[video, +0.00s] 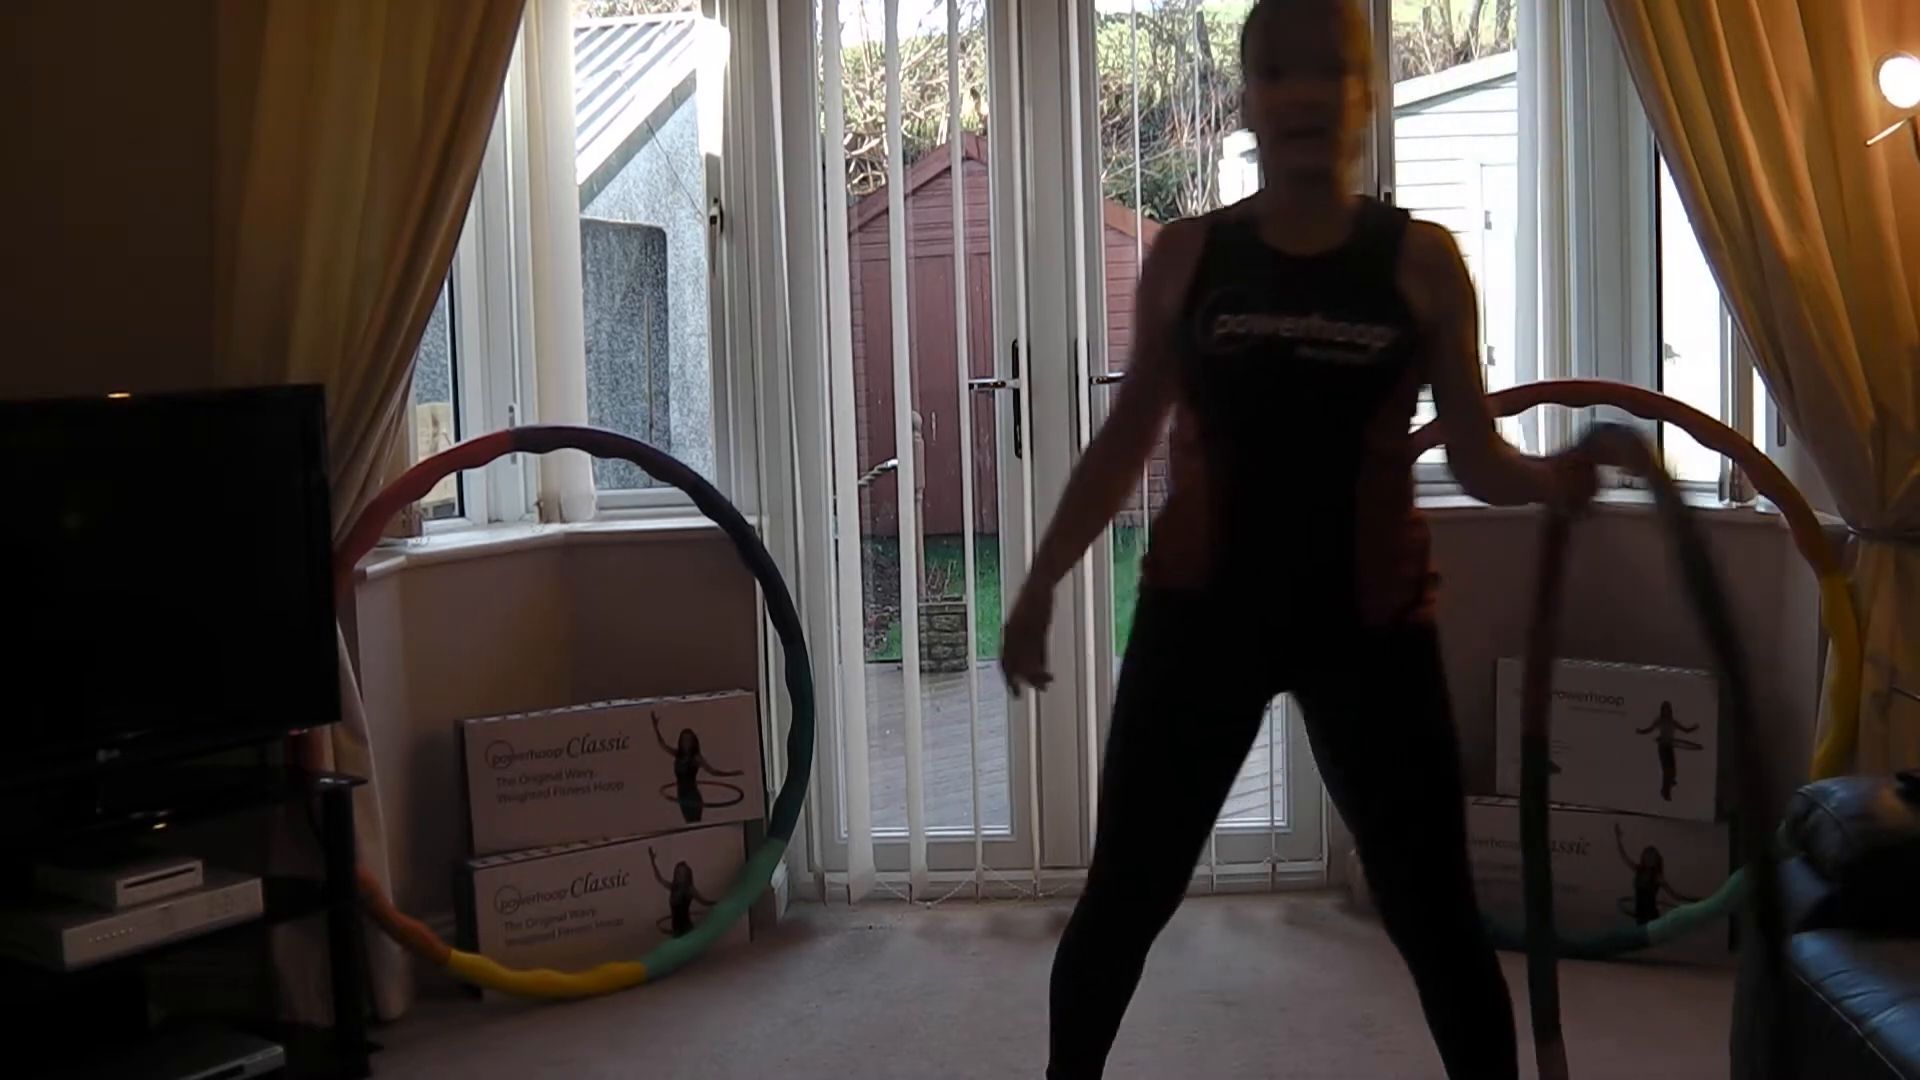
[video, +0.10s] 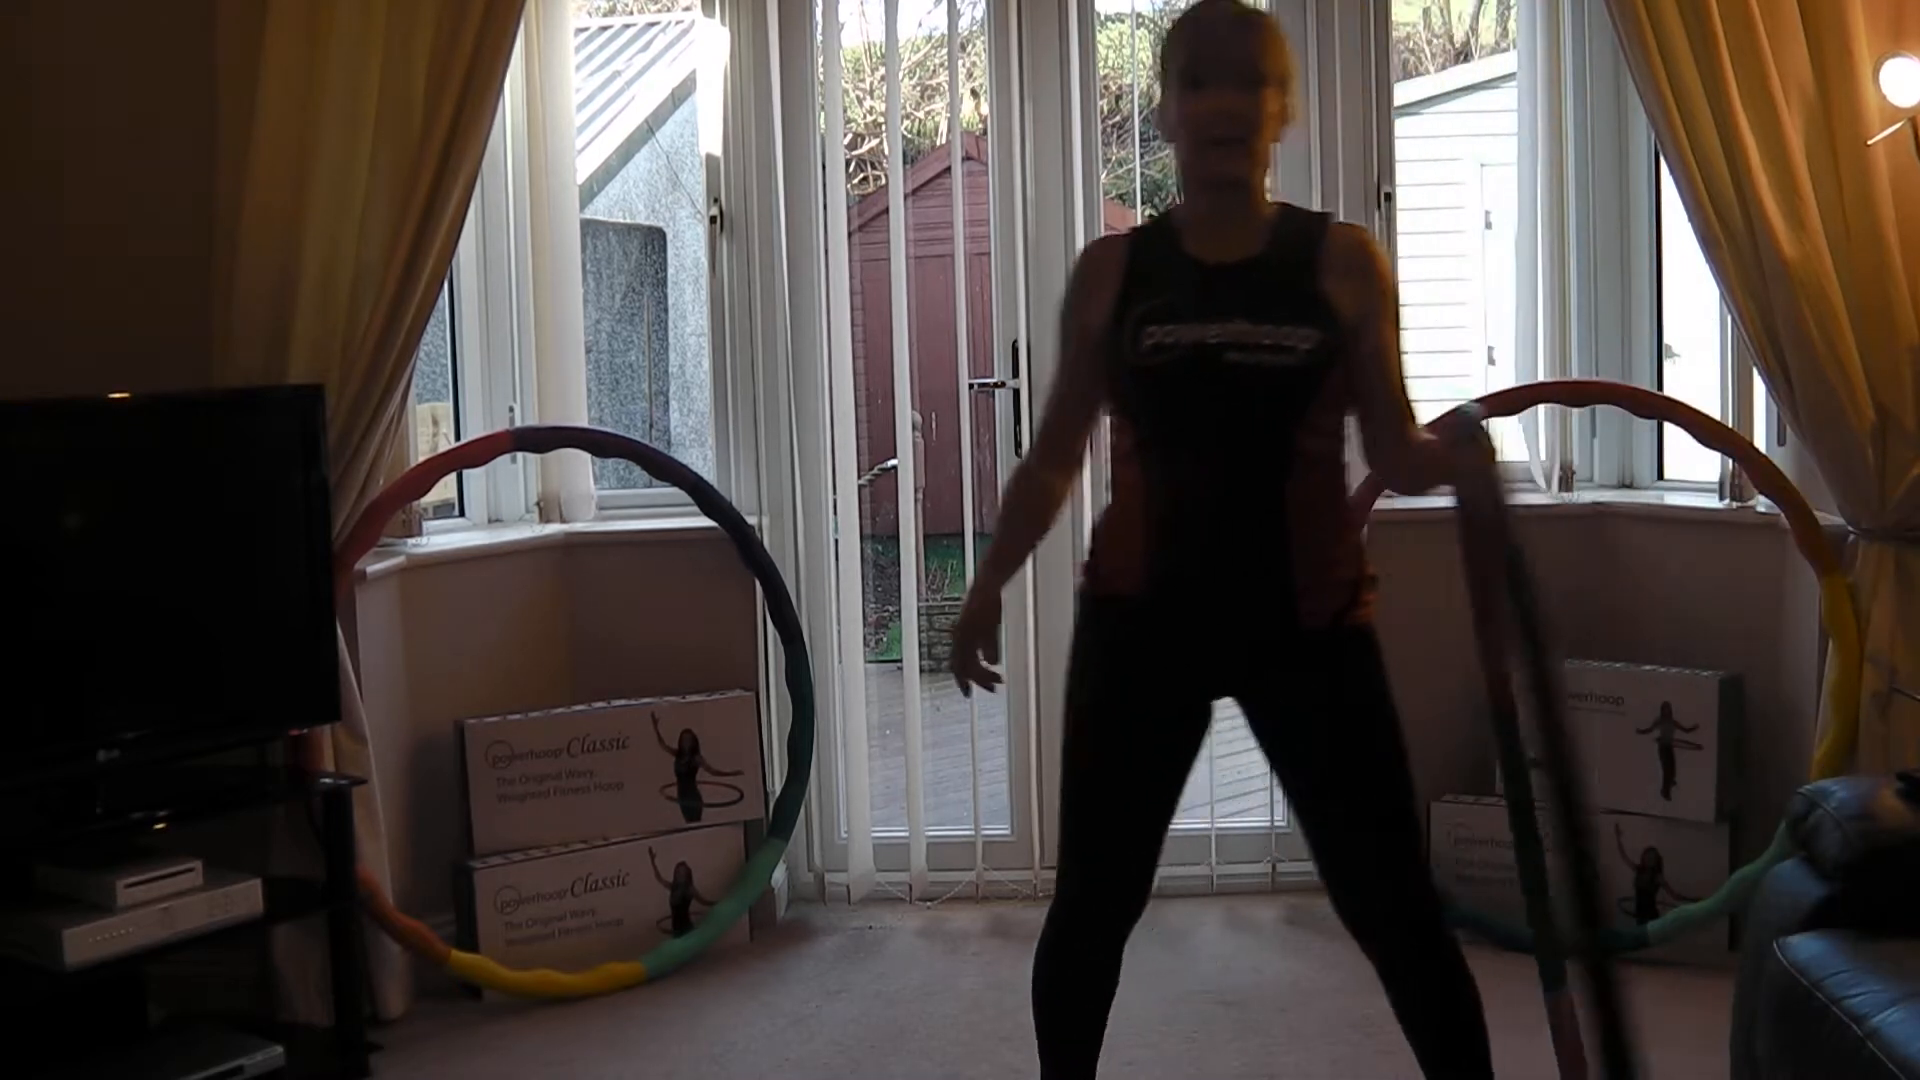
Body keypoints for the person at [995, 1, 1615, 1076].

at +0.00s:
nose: (1307, 96)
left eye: (1333, 71)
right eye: (1279, 70)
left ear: (1367, 90)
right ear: (1244, 93)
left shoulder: (1423, 261)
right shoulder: (1187, 254)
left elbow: (1476, 450)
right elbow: (1129, 435)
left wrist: (1545, 478)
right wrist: (1037, 585)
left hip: (1366, 618)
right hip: (1202, 613)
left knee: (1434, 912)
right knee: (1126, 895)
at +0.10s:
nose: (1226, 107)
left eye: (1252, 83)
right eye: (1199, 82)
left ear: (1285, 106)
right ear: (1163, 104)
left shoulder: (1343, 262)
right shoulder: (1111, 274)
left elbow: (1397, 456)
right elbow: (1055, 455)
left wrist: (1447, 449)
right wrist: (983, 590)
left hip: (1306, 620)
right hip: (1143, 621)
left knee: (1393, 909)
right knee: (1093, 904)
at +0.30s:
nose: (1100, 101)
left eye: (1123, 79)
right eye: (1073, 80)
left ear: (1157, 101)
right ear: (1040, 106)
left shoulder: (1227, 243)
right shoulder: (999, 270)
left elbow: (1305, 413)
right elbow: (942, 446)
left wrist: (1311, 409)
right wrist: (946, 511)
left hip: (1220, 591)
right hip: (1065, 598)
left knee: (1307, 871)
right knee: (1061, 878)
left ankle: (1352, 1072)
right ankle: (1060, 1079)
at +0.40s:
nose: (1070, 108)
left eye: (1091, 85)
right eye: (1042, 87)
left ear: (1123, 104)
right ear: (1005, 110)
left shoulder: (1191, 241)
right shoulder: (965, 275)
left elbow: (1276, 400)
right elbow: (917, 453)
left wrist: (1266, 403)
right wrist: (939, 491)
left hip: (1197, 587)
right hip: (1041, 599)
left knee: (1270, 876)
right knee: (1051, 885)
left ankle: (1259, 1071)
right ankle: (1066, 1078)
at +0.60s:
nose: (1065, 123)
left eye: (1081, 101)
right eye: (1036, 102)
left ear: (1101, 113)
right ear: (988, 119)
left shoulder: (1162, 249)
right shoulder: (944, 275)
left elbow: (1252, 396)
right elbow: (908, 451)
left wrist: (1230, 400)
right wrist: (911, 467)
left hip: (1166, 589)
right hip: (1021, 598)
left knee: (1196, 850)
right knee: (1040, 871)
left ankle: (1104, 1004)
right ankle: (1051, 1075)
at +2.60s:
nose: (964, 119)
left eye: (987, 99)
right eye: (943, 96)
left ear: (1023, 119)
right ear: (912, 111)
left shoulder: (1082, 252)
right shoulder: (860, 260)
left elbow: (1145, 403)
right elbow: (812, 413)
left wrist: (1118, 447)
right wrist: (843, 455)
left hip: (1054, 587)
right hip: (909, 593)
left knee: (1070, 823)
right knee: (933, 859)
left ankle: (1093, 1021)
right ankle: (960, 1074)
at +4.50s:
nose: (998, 128)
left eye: (1021, 108)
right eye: (974, 104)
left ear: (1046, 123)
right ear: (936, 114)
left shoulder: (1097, 257)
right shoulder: (877, 259)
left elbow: (1159, 413)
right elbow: (826, 425)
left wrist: (1201, 496)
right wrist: (776, 501)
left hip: (1071, 586)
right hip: (924, 589)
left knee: (1081, 825)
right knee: (944, 858)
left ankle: (1095, 1023)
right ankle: (964, 1072)